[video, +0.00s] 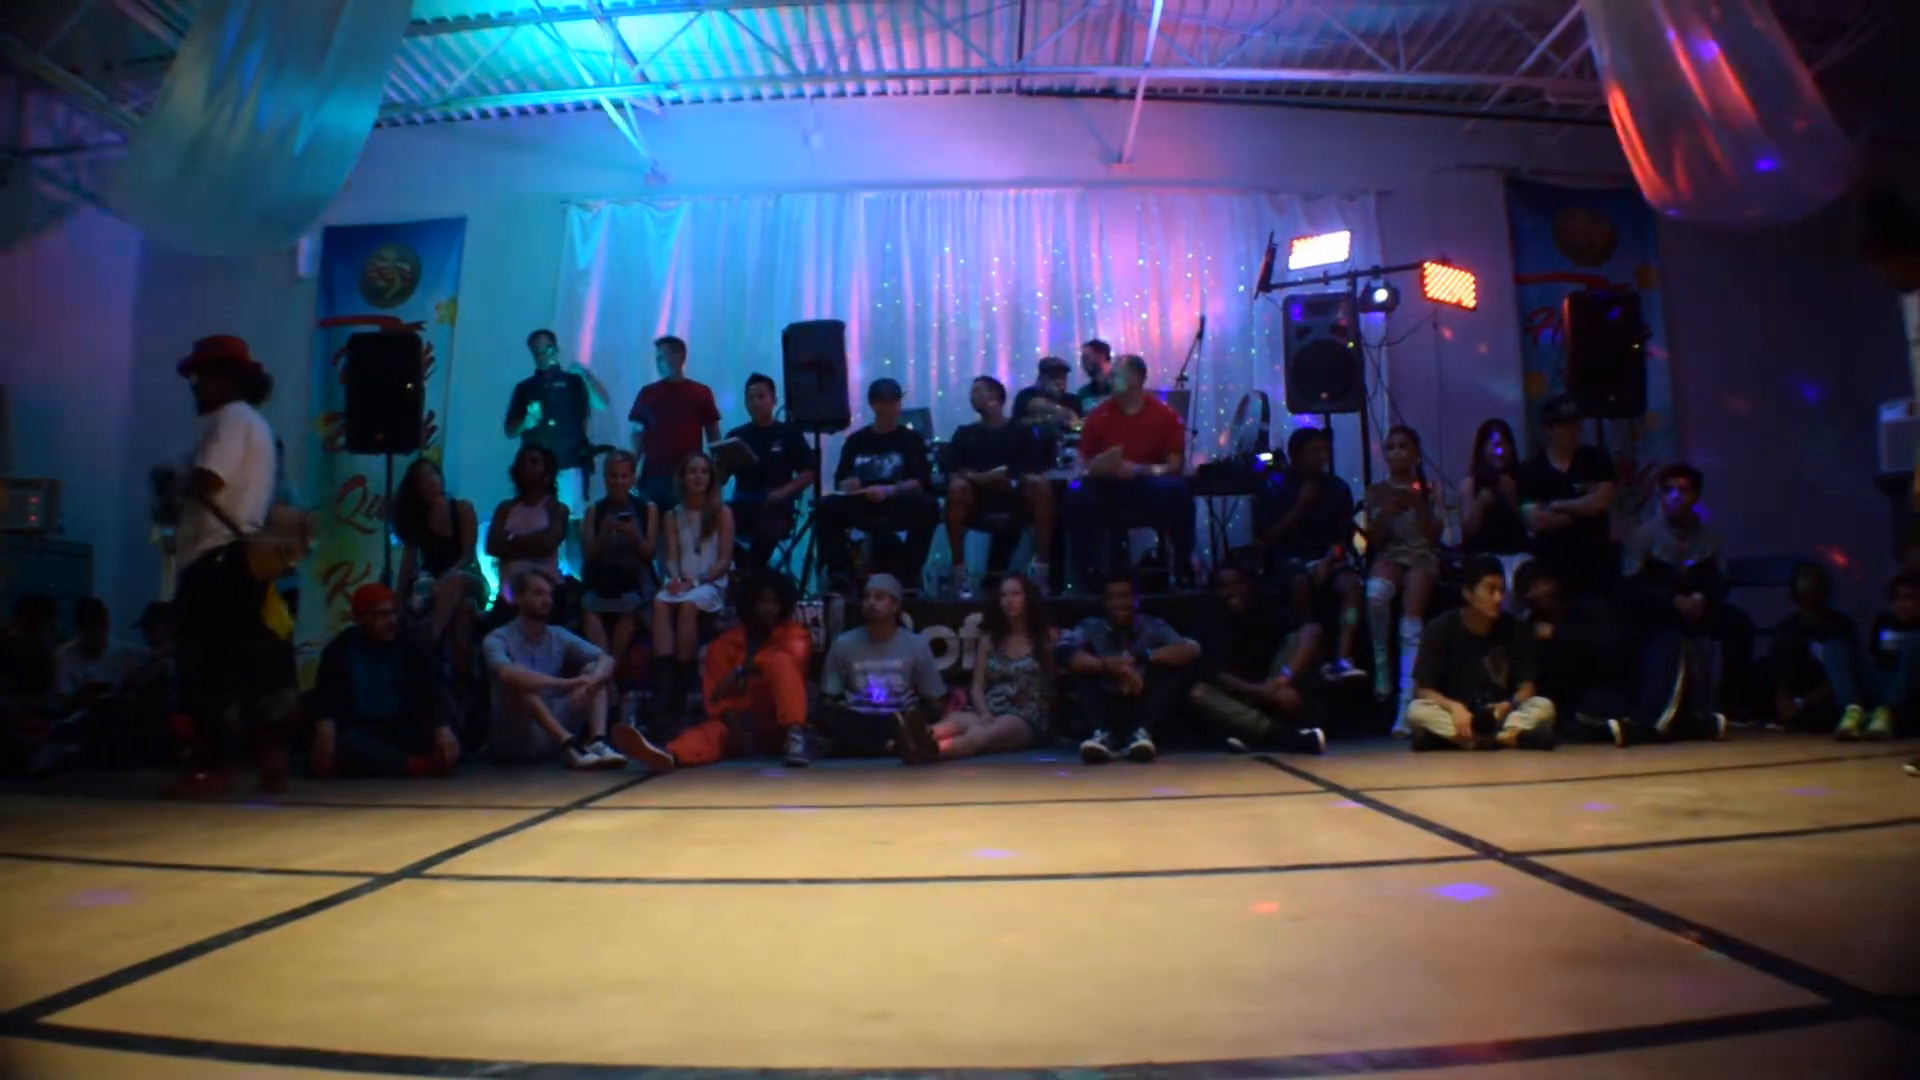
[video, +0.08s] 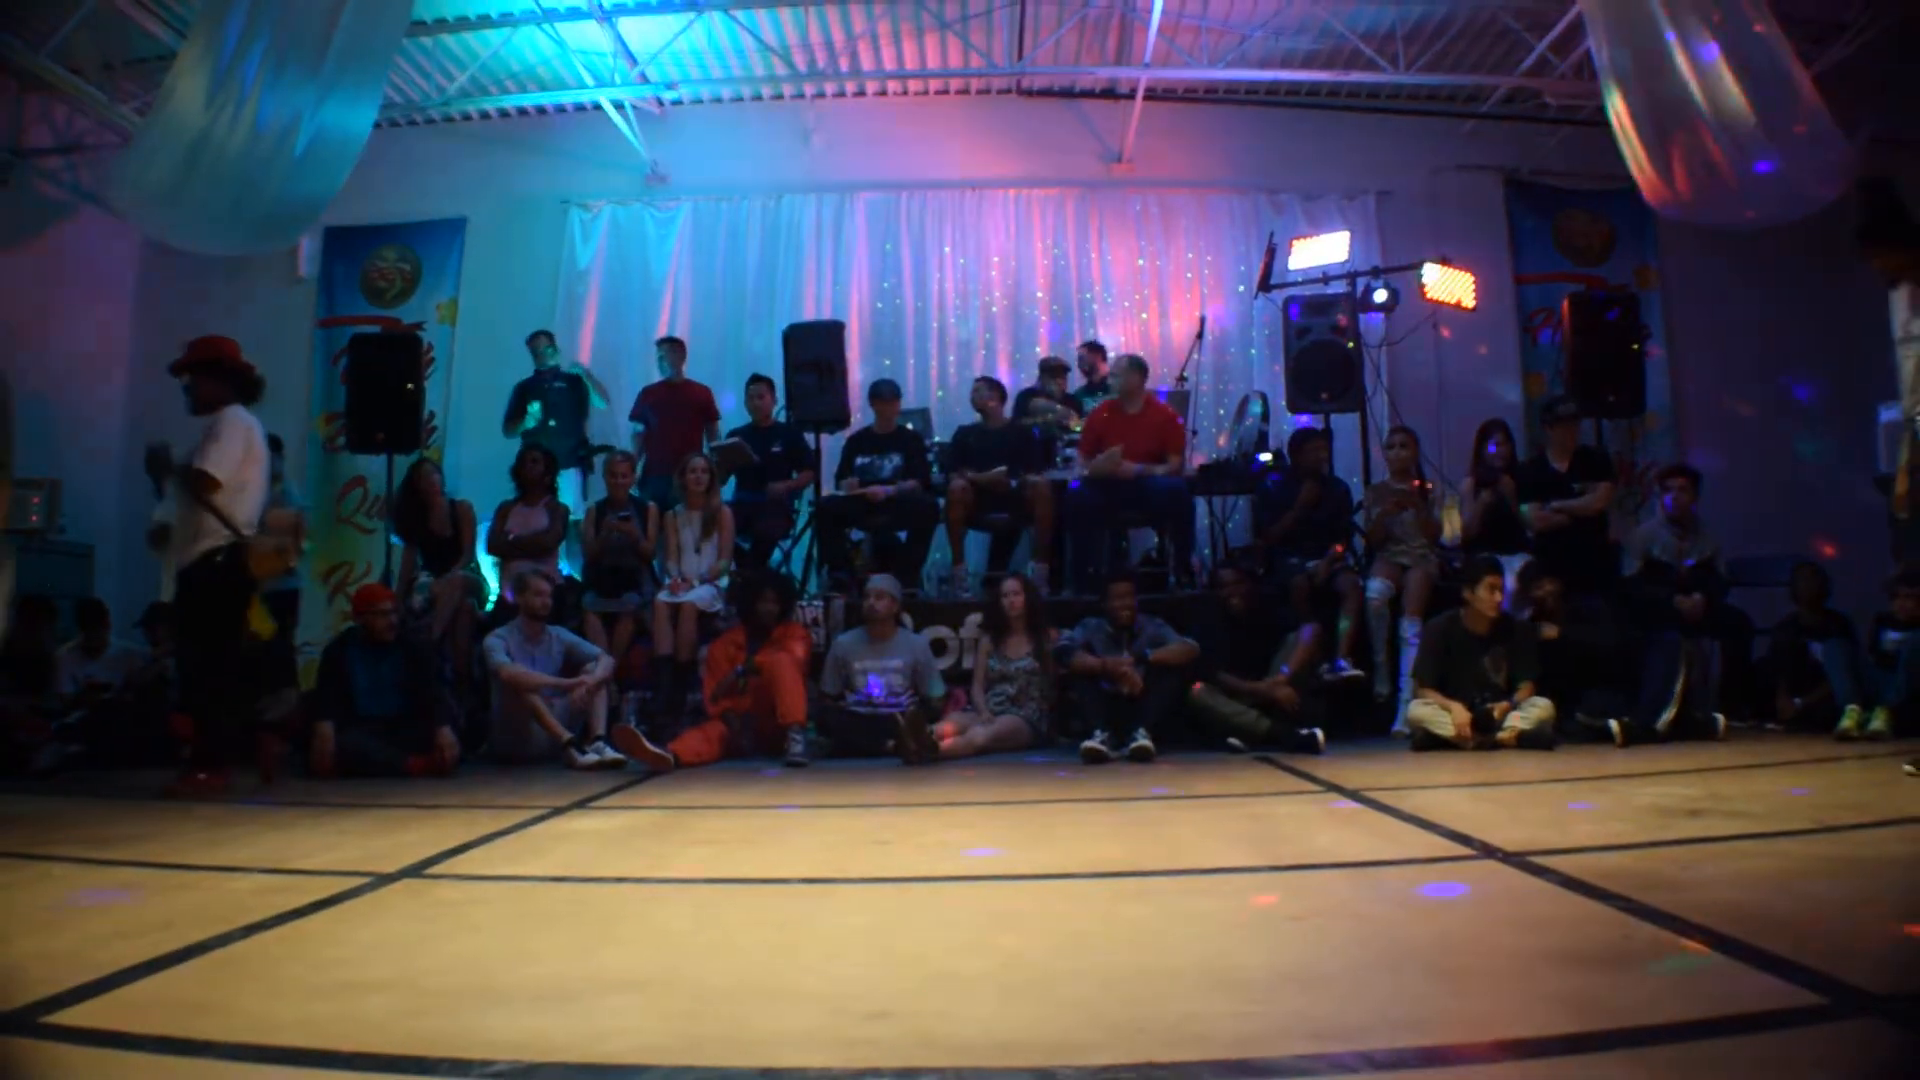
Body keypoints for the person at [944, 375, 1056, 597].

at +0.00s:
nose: (973, 395)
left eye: (979, 391)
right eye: (972, 392)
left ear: (995, 399)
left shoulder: (1019, 432)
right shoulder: (965, 433)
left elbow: (1030, 471)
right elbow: (955, 472)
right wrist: (984, 478)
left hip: (1011, 490)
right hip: (977, 492)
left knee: (1040, 487)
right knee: (957, 489)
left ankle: (1041, 564)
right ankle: (958, 567)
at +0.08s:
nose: (974, 395)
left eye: (980, 391)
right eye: (973, 392)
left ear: (996, 399)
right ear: (972, 402)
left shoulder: (1020, 432)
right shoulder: (965, 433)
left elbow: (1031, 470)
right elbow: (955, 472)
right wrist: (984, 478)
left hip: (1012, 490)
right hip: (977, 492)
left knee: (1040, 487)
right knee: (957, 488)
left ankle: (1040, 566)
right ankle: (958, 567)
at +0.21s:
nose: (974, 395)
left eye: (980, 391)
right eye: (973, 392)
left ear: (997, 398)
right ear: (972, 401)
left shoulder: (1022, 432)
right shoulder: (965, 433)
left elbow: (1032, 472)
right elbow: (957, 472)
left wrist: (1010, 483)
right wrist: (983, 480)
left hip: (1012, 491)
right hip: (978, 492)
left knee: (1041, 486)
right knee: (957, 488)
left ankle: (1041, 566)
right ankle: (958, 567)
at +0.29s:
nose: (974, 395)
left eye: (980, 391)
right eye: (973, 391)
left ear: (997, 397)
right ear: (973, 401)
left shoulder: (1022, 432)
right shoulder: (965, 433)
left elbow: (1032, 472)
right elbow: (956, 471)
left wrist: (1009, 483)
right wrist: (983, 481)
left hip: (1012, 491)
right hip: (978, 492)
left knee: (1041, 487)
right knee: (957, 488)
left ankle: (1041, 566)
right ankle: (958, 566)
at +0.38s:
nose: (975, 394)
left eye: (981, 390)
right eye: (974, 391)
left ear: (997, 398)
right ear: (972, 400)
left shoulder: (1022, 432)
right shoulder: (965, 433)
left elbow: (1033, 472)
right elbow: (955, 472)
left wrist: (1010, 483)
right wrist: (983, 481)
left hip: (1012, 492)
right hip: (978, 493)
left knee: (1041, 486)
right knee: (957, 488)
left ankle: (1041, 565)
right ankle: (958, 566)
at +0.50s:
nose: (973, 395)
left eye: (979, 391)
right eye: (973, 391)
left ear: (996, 398)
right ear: (972, 400)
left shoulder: (1021, 432)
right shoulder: (965, 433)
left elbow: (1033, 472)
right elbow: (955, 473)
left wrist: (1009, 483)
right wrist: (983, 481)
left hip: (1012, 492)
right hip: (978, 493)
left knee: (1041, 486)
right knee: (957, 488)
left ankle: (1041, 566)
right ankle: (958, 566)